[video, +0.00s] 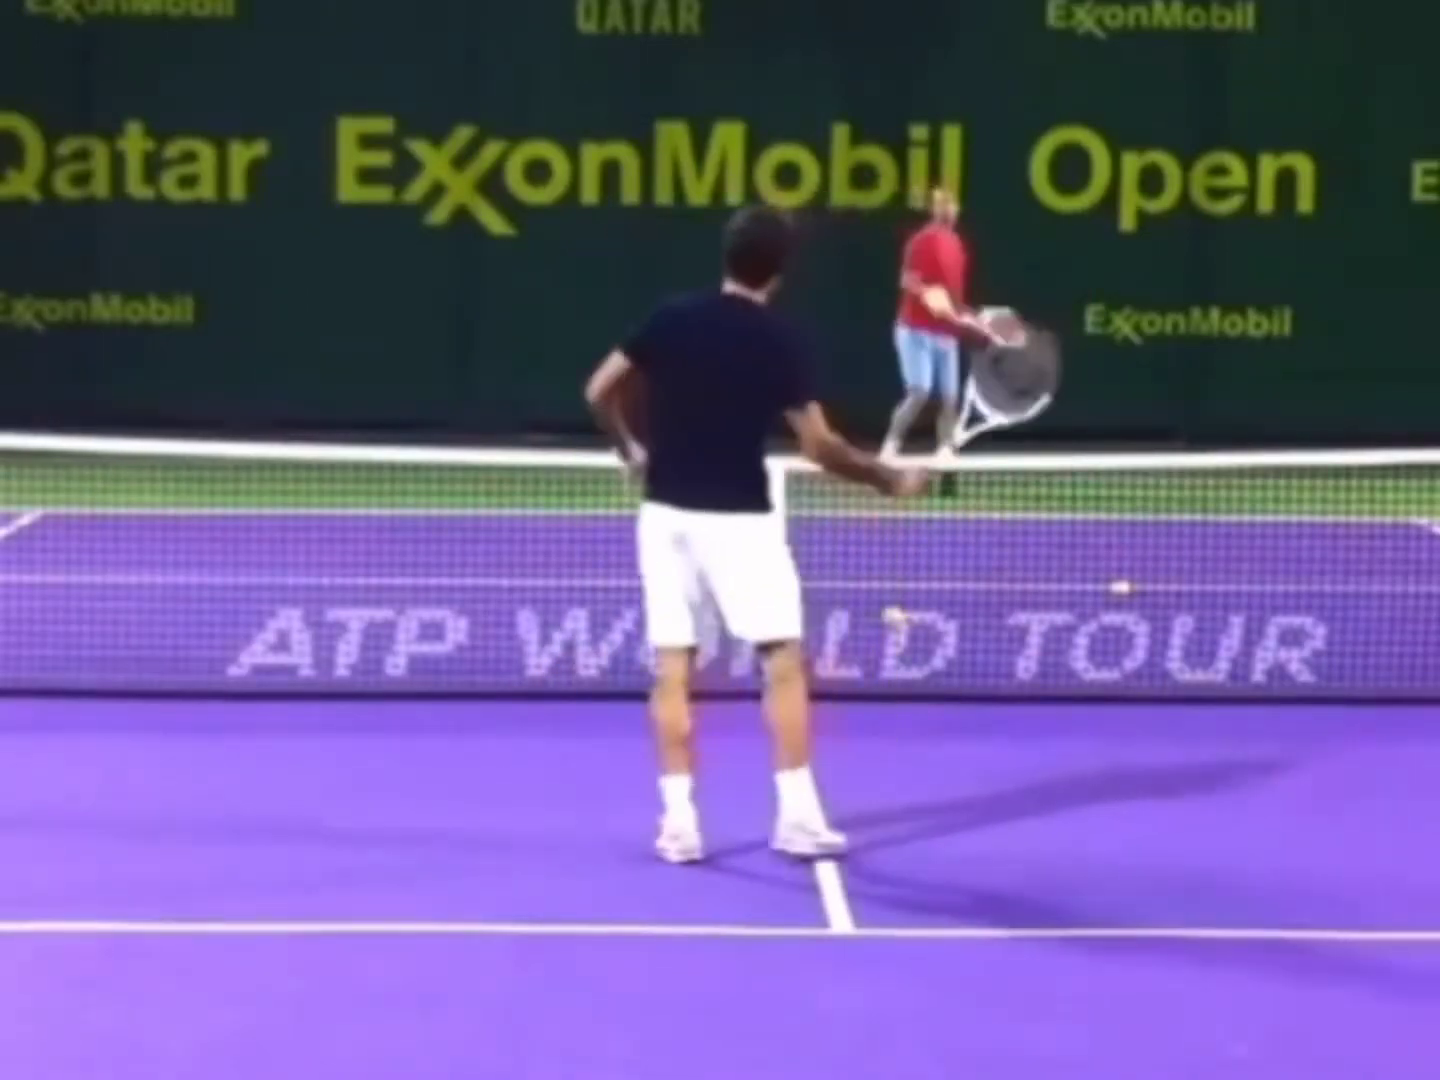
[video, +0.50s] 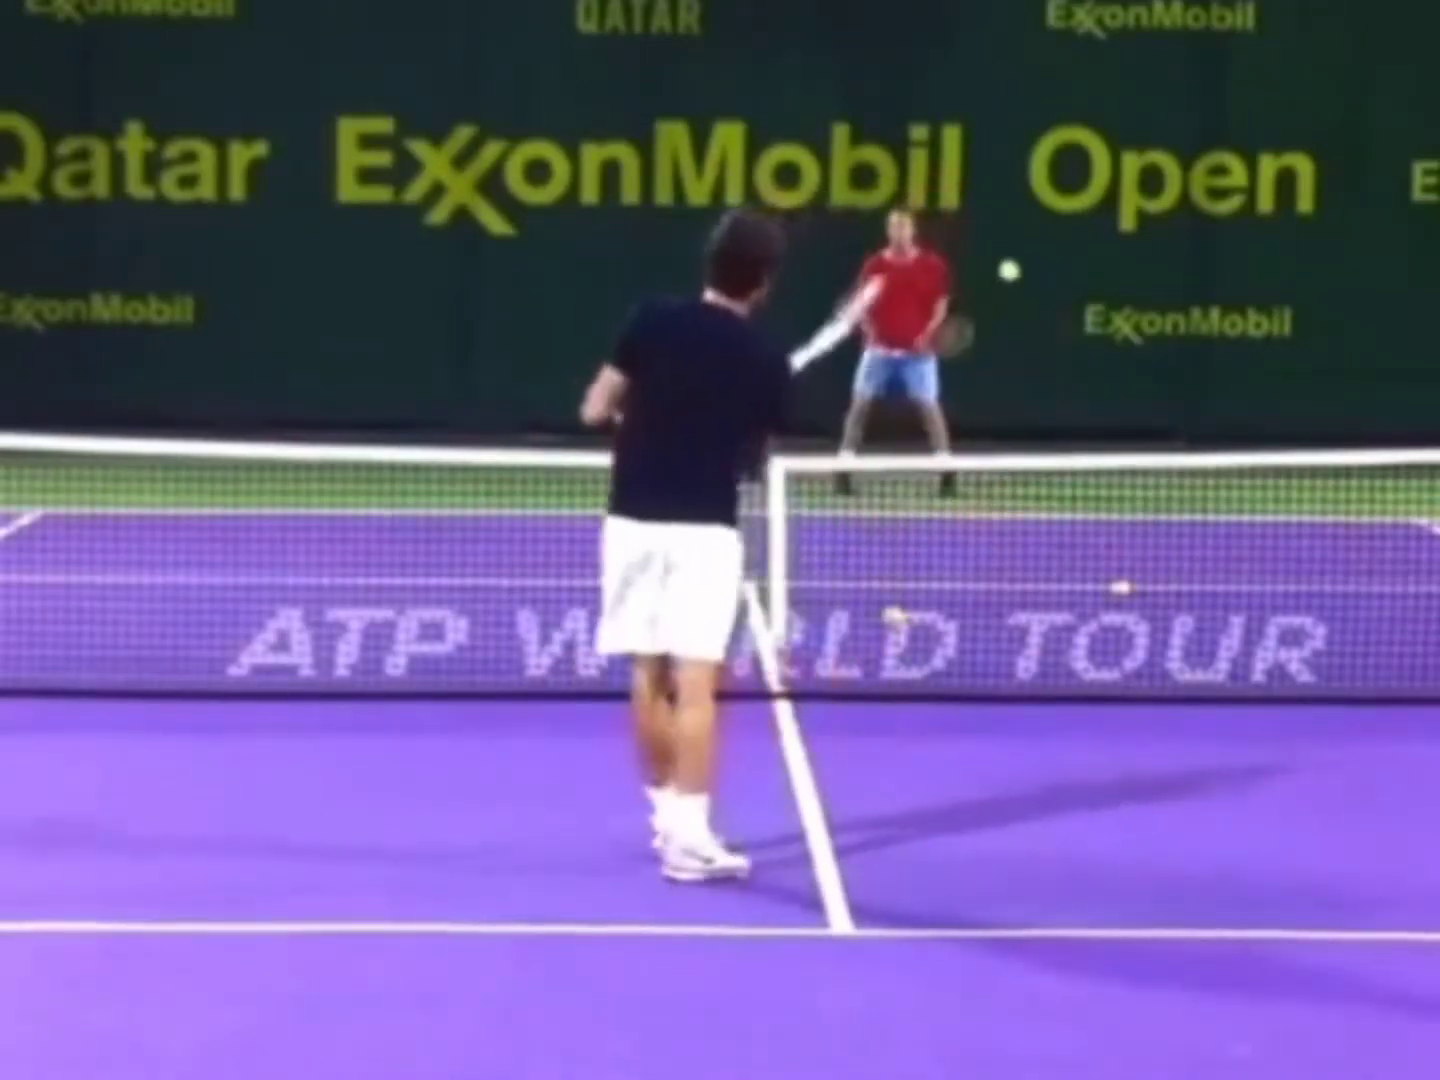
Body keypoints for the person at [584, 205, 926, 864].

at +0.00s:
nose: (779, 272)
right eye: (781, 263)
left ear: (725, 260)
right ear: (780, 270)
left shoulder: (675, 319)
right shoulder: (777, 338)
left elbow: (599, 392)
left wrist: (633, 452)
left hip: (666, 516)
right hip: (741, 522)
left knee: (672, 667)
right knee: (783, 660)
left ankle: (678, 818)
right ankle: (797, 813)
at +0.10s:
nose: (777, 279)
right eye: (779, 270)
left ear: (722, 260)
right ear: (774, 274)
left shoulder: (666, 316)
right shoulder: (767, 341)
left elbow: (591, 389)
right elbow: (803, 441)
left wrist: (625, 446)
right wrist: (862, 487)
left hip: (657, 517)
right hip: (733, 523)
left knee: (664, 666)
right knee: (764, 662)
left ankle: (675, 815)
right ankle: (758, 810)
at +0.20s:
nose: (778, 281)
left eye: (775, 269)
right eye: (779, 272)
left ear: (720, 258)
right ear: (769, 276)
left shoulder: (661, 315)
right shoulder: (760, 342)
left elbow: (589, 389)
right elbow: (784, 441)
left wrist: (631, 432)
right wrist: (827, 486)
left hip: (650, 516)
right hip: (721, 521)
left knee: (660, 672)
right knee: (734, 668)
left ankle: (676, 815)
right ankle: (724, 813)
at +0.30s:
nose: (771, 281)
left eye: (765, 268)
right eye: (774, 272)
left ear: (714, 261)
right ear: (768, 277)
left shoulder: (659, 317)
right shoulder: (765, 348)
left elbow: (588, 389)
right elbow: (767, 446)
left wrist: (634, 424)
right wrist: (773, 453)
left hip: (646, 515)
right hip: (716, 522)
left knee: (659, 671)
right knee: (715, 672)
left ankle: (673, 813)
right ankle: (698, 812)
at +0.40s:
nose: (771, 285)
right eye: (773, 275)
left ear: (712, 263)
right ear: (769, 280)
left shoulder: (658, 318)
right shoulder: (766, 355)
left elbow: (587, 398)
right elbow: (755, 441)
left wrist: (636, 426)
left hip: (639, 520)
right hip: (711, 528)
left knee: (656, 673)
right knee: (708, 678)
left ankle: (673, 814)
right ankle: (693, 823)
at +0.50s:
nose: (765, 287)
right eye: (767, 278)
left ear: (707, 268)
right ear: (764, 285)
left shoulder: (654, 323)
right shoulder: (765, 358)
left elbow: (596, 408)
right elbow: (763, 450)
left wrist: (652, 413)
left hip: (633, 523)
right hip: (707, 530)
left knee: (649, 676)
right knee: (697, 683)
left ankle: (665, 811)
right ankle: (690, 827)